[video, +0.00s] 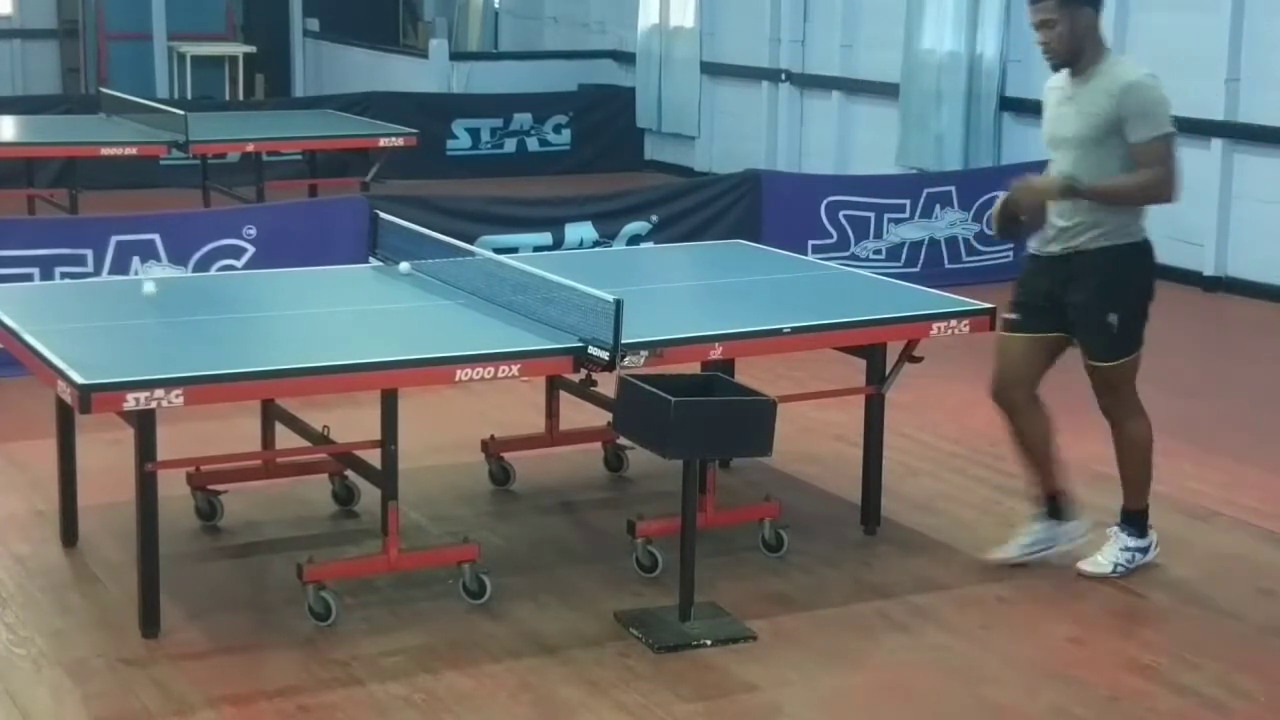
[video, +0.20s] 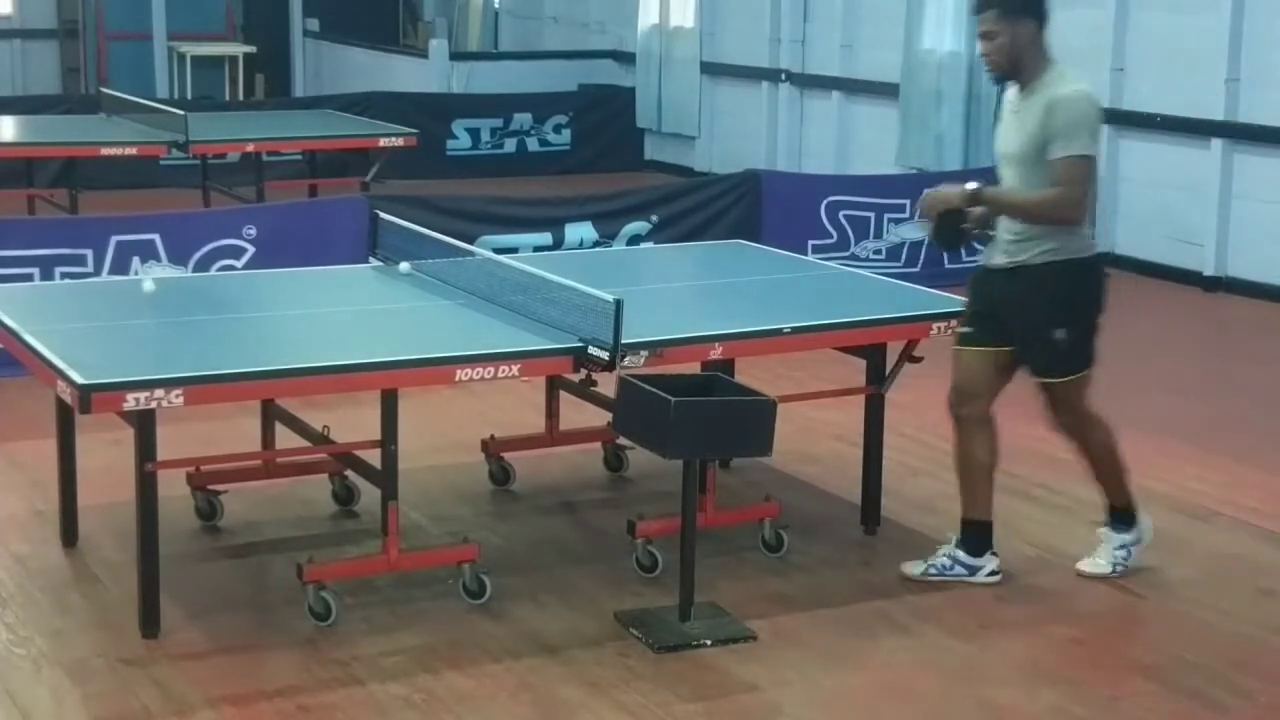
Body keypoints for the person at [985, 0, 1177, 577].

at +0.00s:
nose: (1040, 39)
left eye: (1048, 25)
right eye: (1035, 28)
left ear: (1087, 17)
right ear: (1042, 28)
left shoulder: (1135, 87)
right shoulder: (1057, 87)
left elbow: (1162, 184)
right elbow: (1075, 176)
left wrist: (1062, 188)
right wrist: (1030, 203)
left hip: (1112, 263)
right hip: (1053, 261)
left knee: (1117, 397)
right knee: (1010, 386)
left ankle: (1136, 532)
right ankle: (1056, 515)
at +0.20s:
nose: (983, 50)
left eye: (992, 36)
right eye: (980, 38)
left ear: (1030, 31)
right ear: (1002, 37)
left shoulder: (1070, 100)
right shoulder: (1014, 99)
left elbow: (1072, 206)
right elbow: (1027, 192)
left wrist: (977, 197)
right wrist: (981, 213)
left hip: (1061, 276)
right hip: (1005, 273)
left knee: (1070, 409)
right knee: (968, 401)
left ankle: (1126, 524)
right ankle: (975, 548)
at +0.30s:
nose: (953, 55)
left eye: (962, 41)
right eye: (951, 43)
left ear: (1001, 33)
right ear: (967, 43)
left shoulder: (1041, 101)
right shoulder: (991, 99)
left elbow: (1043, 209)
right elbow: (999, 194)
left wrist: (950, 207)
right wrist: (943, 212)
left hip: (1027, 278)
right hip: (976, 272)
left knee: (1009, 421)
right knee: (952, 405)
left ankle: (1092, 503)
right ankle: (973, 549)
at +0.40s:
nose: (922, 56)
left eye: (929, 42)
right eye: (919, 45)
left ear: (967, 32)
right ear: (944, 40)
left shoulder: (1012, 99)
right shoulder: (966, 99)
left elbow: (1022, 207)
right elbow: (978, 192)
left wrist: (927, 211)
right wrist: (921, 206)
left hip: (1006, 275)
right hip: (964, 269)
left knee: (957, 413)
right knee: (950, 412)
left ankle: (1033, 522)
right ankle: (972, 548)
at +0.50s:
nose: (890, 61)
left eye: (897, 46)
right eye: (886, 49)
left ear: (935, 34)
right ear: (911, 43)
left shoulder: (978, 102)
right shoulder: (943, 98)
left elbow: (994, 210)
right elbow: (964, 185)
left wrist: (902, 223)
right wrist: (912, 196)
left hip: (985, 275)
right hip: (964, 270)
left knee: (926, 418)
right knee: (964, 418)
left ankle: (958, 567)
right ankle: (976, 554)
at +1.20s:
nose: (755, 231)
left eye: (757, 224)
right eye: (752, 225)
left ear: (778, 215)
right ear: (784, 211)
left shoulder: (794, 252)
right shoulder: (834, 209)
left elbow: (766, 324)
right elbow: (887, 240)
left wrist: (731, 368)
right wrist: (858, 281)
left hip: (876, 322)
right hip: (906, 305)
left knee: (841, 404)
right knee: (922, 386)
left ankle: (835, 498)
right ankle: (955, 466)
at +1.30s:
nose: (754, 229)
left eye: (757, 222)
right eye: (751, 222)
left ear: (777, 213)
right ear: (784, 209)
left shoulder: (792, 249)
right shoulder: (835, 208)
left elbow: (769, 322)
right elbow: (887, 240)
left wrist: (733, 370)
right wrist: (855, 282)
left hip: (874, 323)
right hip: (907, 305)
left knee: (840, 403)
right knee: (923, 387)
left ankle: (835, 498)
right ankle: (963, 467)